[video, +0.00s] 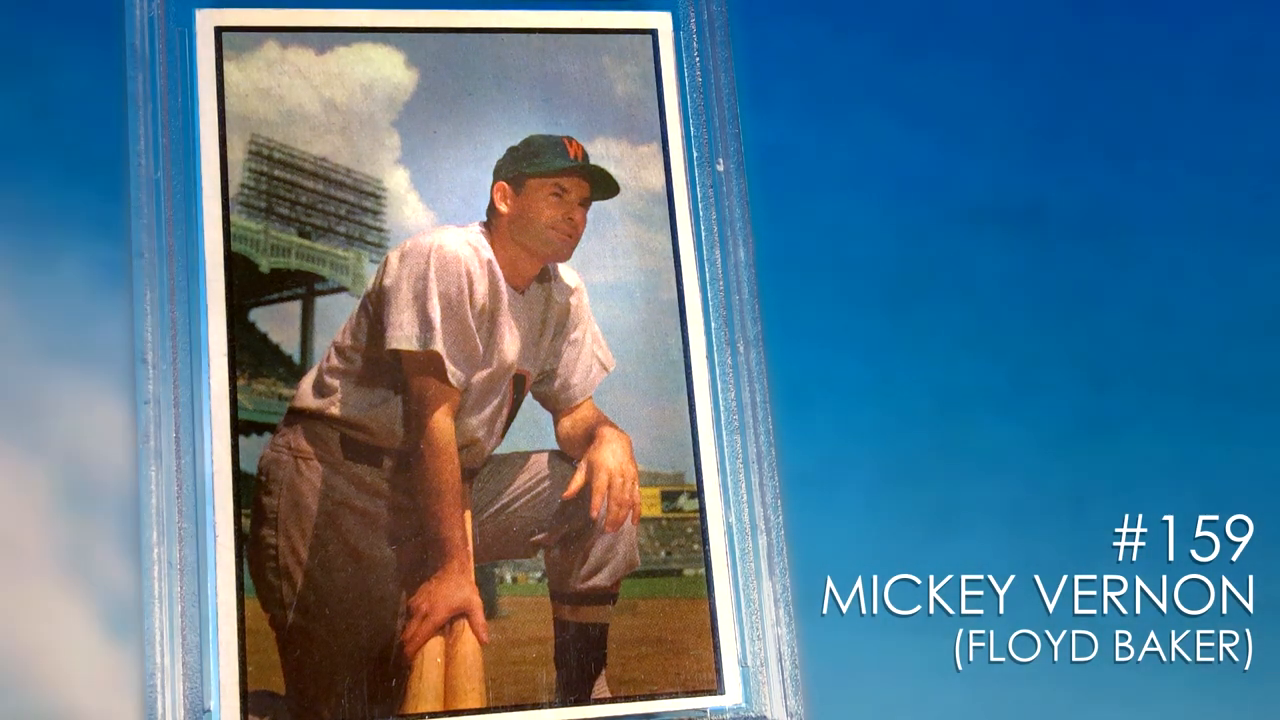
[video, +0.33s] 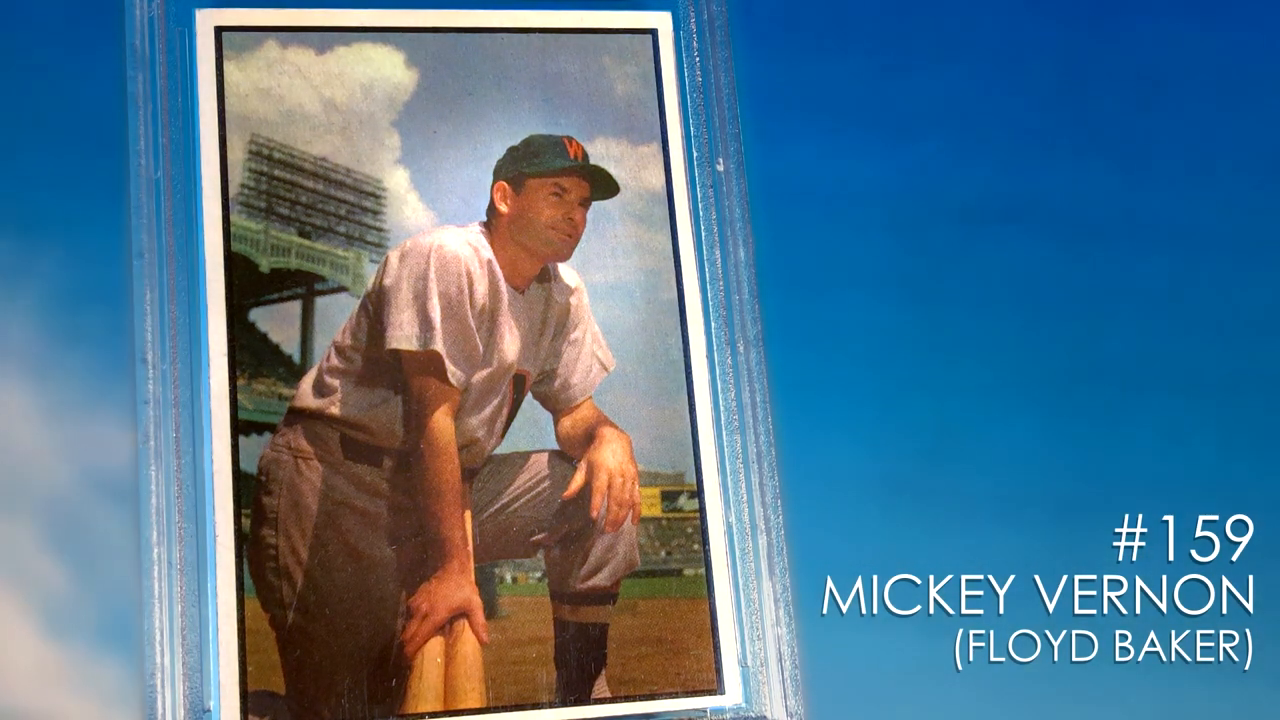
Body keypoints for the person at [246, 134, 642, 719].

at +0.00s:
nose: (576, 216)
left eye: (584, 204)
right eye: (558, 194)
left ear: (587, 217)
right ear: (505, 197)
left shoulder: (560, 296)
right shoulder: (443, 257)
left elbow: (575, 416)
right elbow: (431, 420)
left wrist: (609, 435)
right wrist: (454, 565)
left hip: (440, 487)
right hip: (334, 479)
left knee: (595, 487)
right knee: (351, 700)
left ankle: (580, 695)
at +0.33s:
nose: (576, 216)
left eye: (584, 204)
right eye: (557, 194)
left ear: (586, 217)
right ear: (505, 197)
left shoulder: (560, 296)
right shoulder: (441, 257)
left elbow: (575, 415)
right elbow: (432, 420)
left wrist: (609, 435)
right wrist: (454, 566)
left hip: (439, 485)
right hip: (334, 477)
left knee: (595, 488)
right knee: (349, 698)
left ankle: (580, 695)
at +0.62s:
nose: (576, 216)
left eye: (584, 204)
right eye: (557, 194)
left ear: (586, 217)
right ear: (505, 197)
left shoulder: (560, 296)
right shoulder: (441, 257)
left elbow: (575, 415)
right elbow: (432, 420)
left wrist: (609, 435)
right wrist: (454, 566)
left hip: (439, 485)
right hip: (335, 477)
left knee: (595, 488)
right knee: (349, 700)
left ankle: (580, 695)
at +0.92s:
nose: (575, 215)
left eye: (584, 203)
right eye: (557, 193)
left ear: (587, 217)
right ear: (504, 197)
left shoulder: (560, 296)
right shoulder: (441, 257)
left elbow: (575, 415)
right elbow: (432, 419)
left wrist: (609, 435)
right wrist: (454, 566)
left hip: (439, 486)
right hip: (334, 478)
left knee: (595, 488)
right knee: (348, 701)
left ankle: (581, 695)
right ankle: (237, 705)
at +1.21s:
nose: (576, 215)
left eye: (584, 203)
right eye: (558, 193)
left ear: (586, 218)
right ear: (504, 197)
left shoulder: (560, 297)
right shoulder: (442, 256)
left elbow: (574, 415)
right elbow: (432, 420)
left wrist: (609, 434)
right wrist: (454, 566)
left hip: (438, 486)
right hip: (334, 479)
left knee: (595, 488)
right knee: (346, 704)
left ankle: (580, 696)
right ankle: (238, 706)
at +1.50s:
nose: (576, 215)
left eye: (584, 204)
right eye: (558, 193)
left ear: (586, 218)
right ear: (504, 197)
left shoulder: (560, 296)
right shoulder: (441, 257)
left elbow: (575, 414)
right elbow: (433, 419)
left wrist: (609, 435)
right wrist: (454, 566)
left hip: (438, 487)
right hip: (335, 482)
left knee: (595, 488)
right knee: (346, 703)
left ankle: (581, 695)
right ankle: (235, 706)